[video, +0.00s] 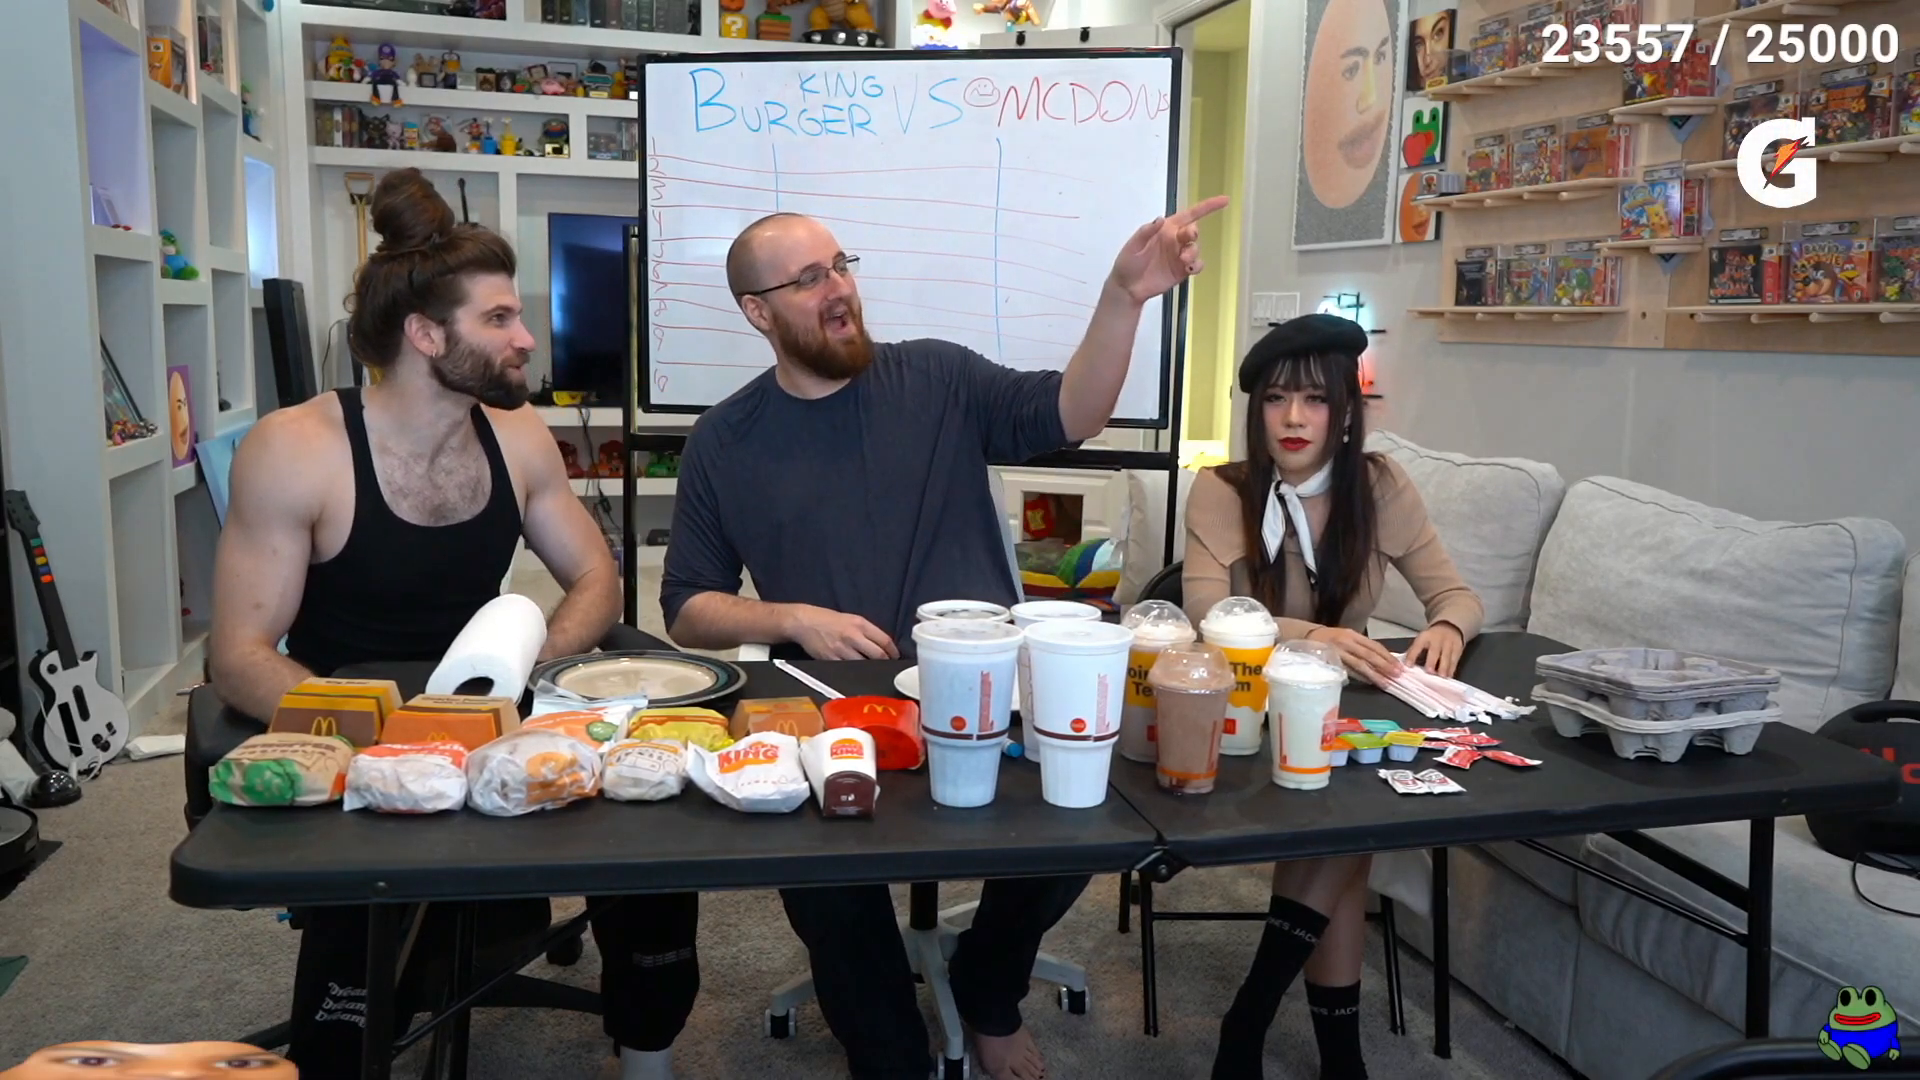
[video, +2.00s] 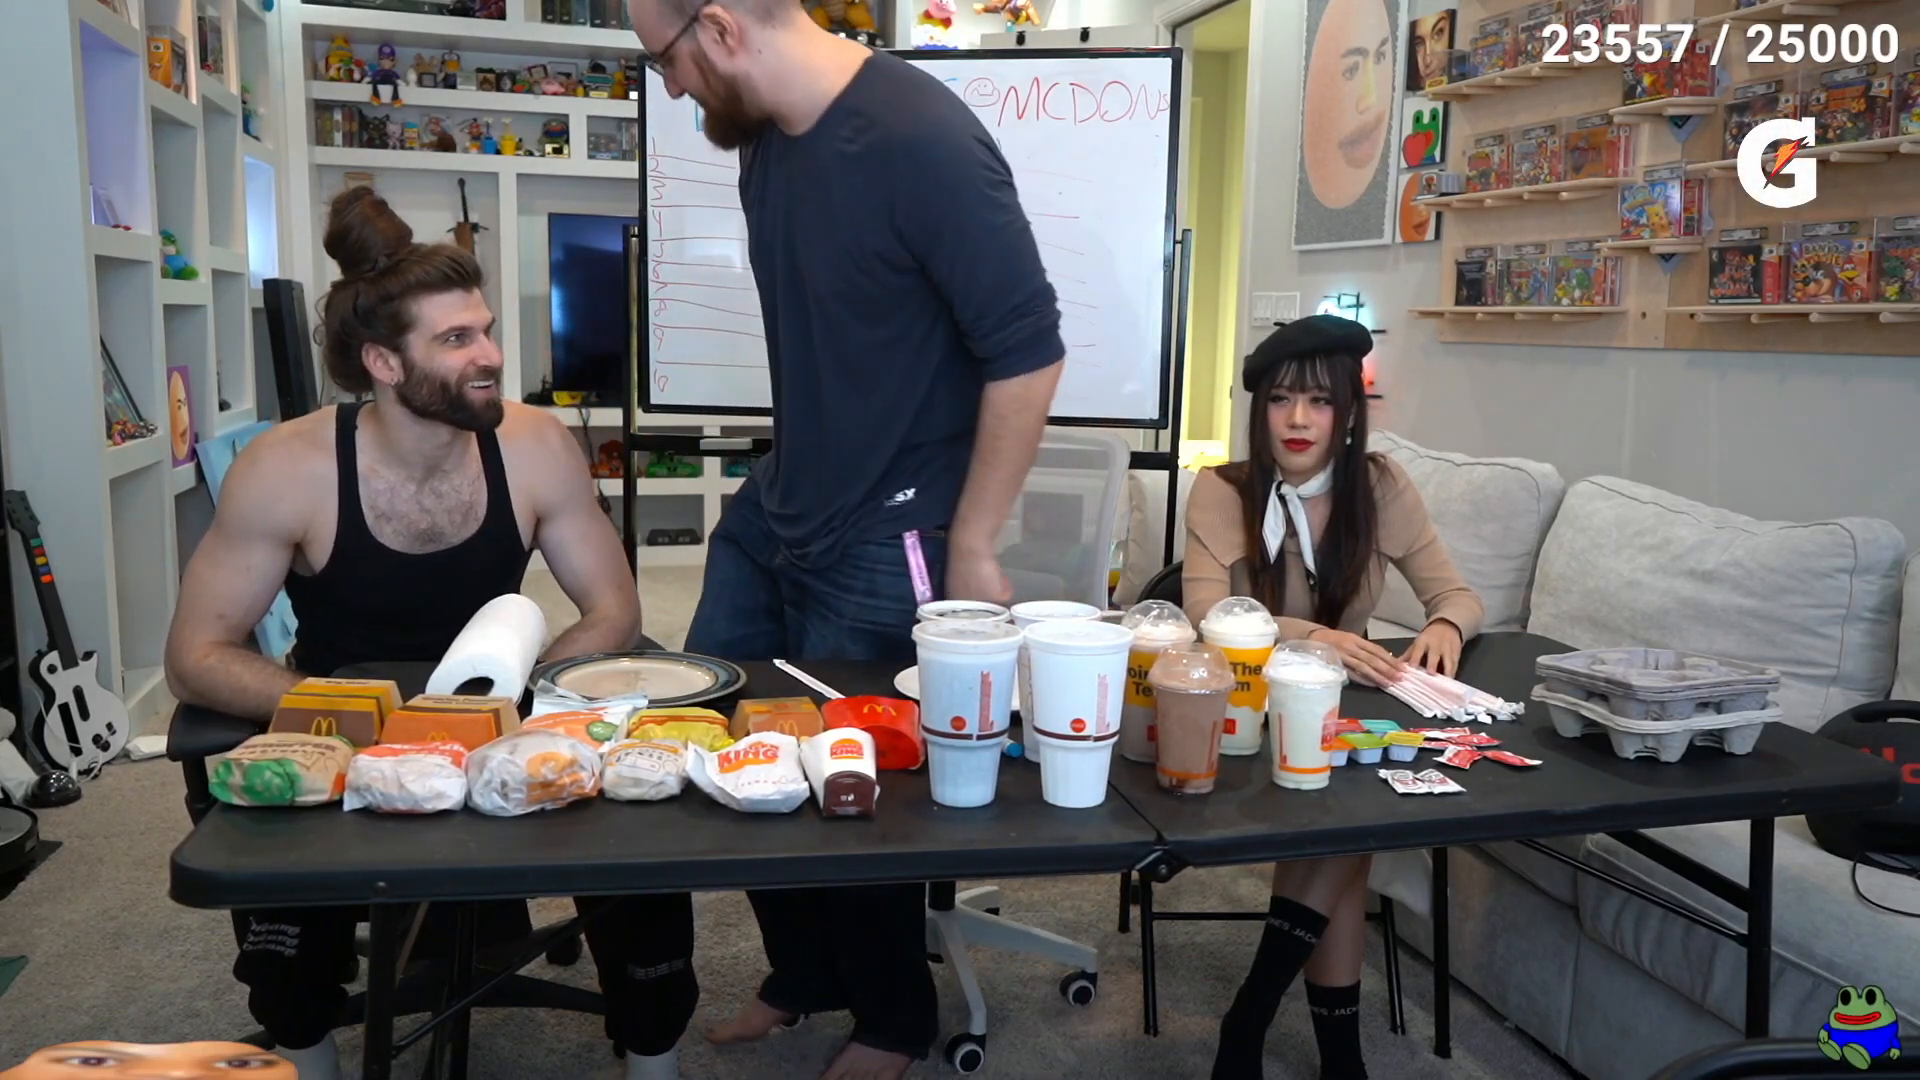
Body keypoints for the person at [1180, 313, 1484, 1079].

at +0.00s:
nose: (1293, 417)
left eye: (1315, 399)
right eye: (1277, 398)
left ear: (1347, 411)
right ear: (1255, 406)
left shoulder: (1377, 482)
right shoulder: (1221, 492)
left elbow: (1454, 594)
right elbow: (1210, 622)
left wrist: (1449, 626)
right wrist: (1308, 634)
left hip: (1337, 706)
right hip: (1241, 710)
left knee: (1347, 814)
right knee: (1351, 829)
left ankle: (1245, 1026)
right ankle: (1343, 1064)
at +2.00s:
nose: (1298, 419)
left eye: (1320, 401)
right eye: (1282, 399)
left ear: (1349, 412)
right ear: (1258, 406)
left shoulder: (1379, 483)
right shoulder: (1222, 491)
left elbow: (1456, 595)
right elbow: (1209, 621)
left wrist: (1446, 624)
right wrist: (1308, 633)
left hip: (1334, 706)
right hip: (1239, 711)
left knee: (1345, 814)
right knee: (1349, 829)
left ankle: (1246, 1023)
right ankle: (1343, 1064)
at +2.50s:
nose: (1297, 420)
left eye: (1319, 402)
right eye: (1281, 399)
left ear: (1350, 413)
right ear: (1258, 405)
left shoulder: (1379, 485)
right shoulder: (1221, 491)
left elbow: (1456, 595)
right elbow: (1209, 622)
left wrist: (1447, 625)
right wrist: (1313, 635)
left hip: (1336, 704)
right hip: (1239, 710)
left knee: (1346, 814)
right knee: (1351, 830)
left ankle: (1246, 1024)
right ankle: (1343, 1064)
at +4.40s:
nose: (1233, 412)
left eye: (1255, 396)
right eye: (1231, 392)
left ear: (1309, 408)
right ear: (1229, 396)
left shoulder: (1369, 485)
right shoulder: (1209, 491)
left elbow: (1457, 597)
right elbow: (1211, 624)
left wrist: (1442, 624)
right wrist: (1308, 631)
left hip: (1339, 706)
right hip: (1237, 711)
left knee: (1343, 817)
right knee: (1348, 832)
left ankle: (1242, 1026)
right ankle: (1342, 1064)